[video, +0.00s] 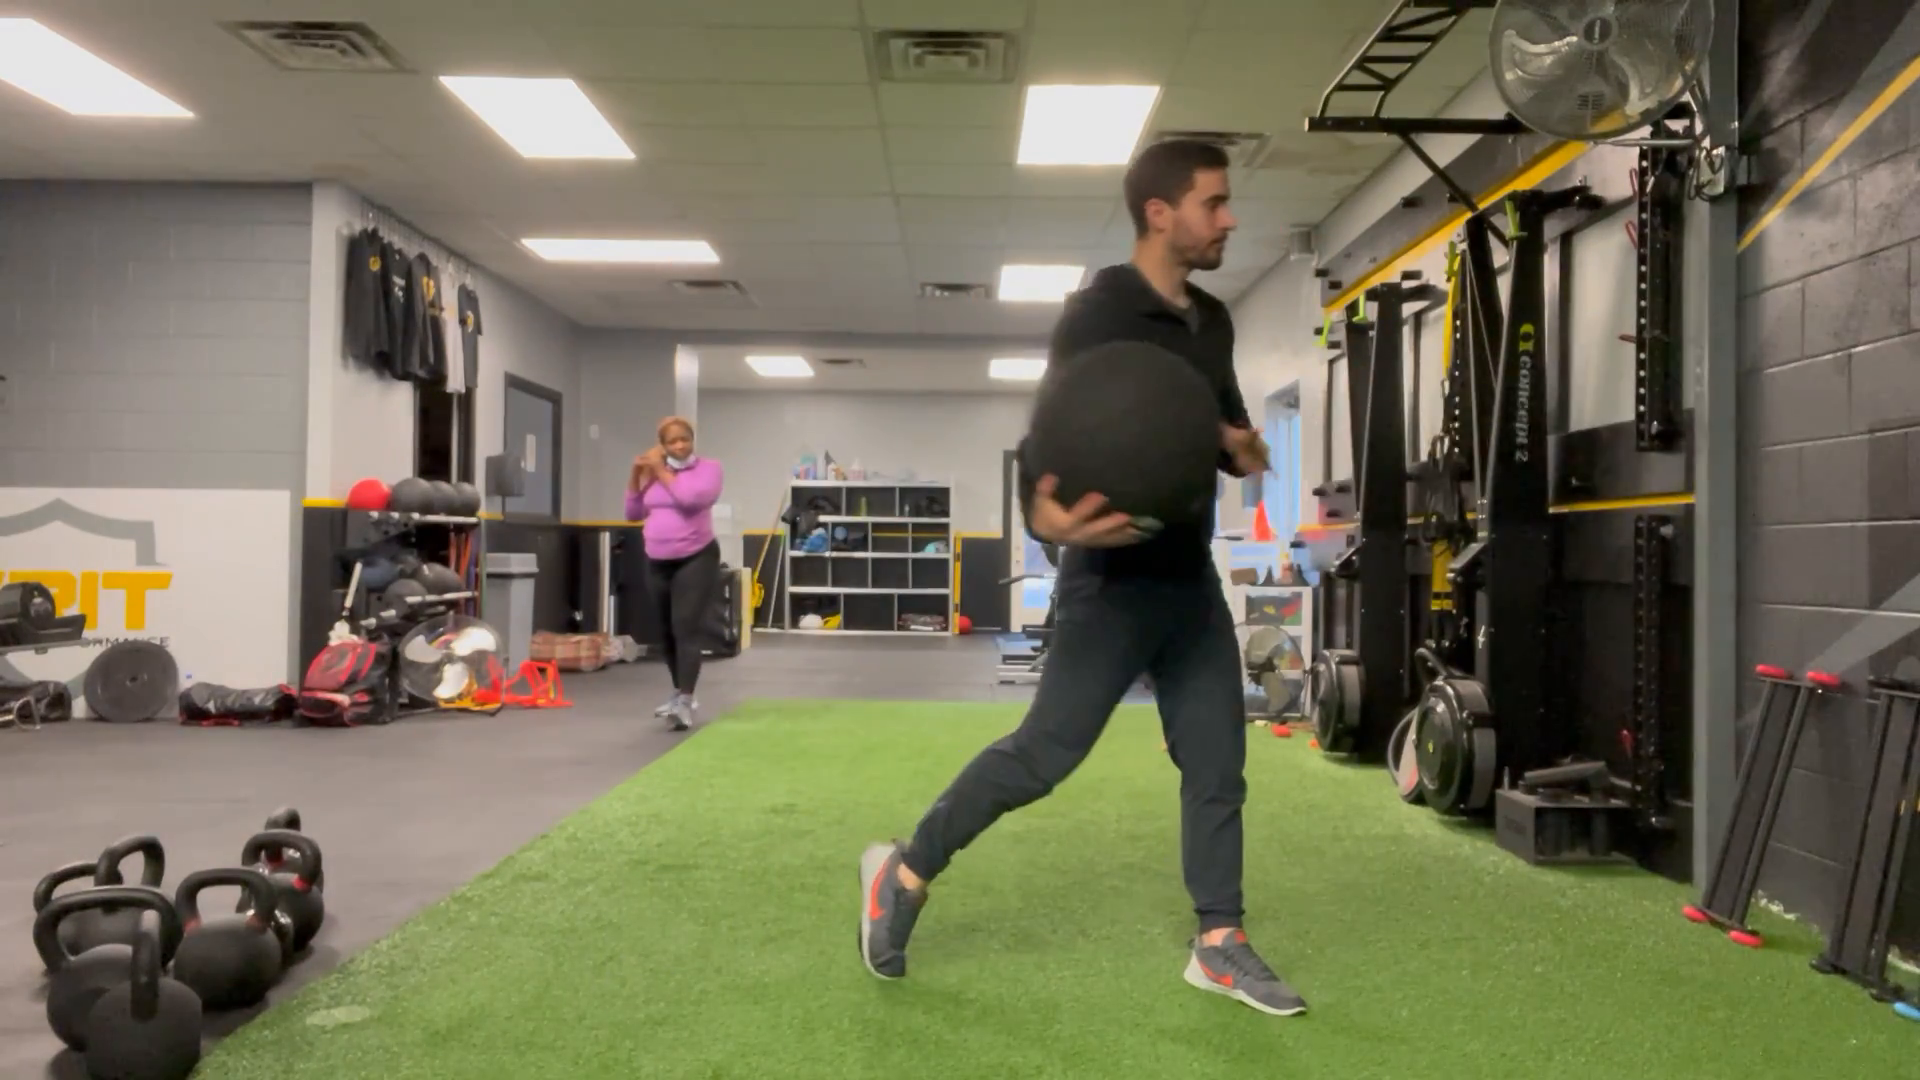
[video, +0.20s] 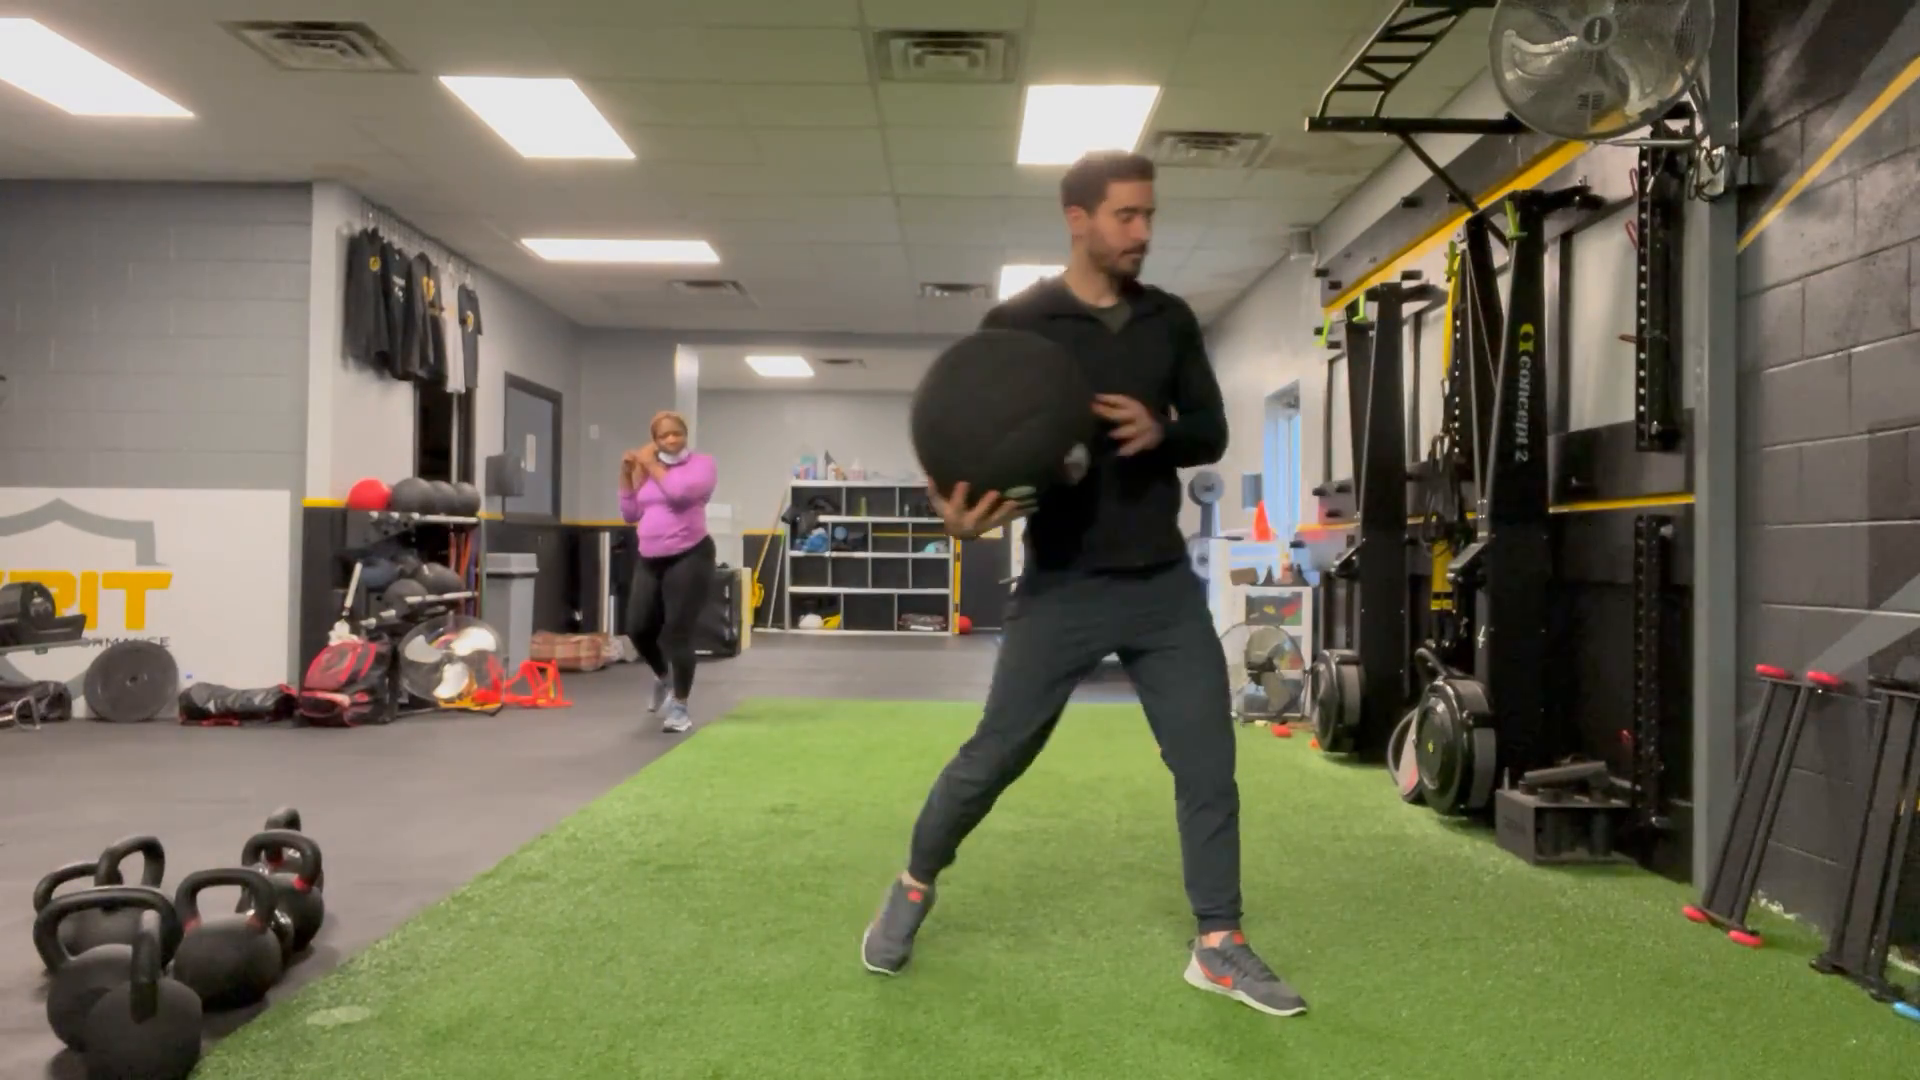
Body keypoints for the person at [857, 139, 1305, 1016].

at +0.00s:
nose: (1229, 220)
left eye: (1228, 204)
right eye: (1214, 204)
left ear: (1191, 216)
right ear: (1158, 213)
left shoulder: (1210, 319)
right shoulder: (1105, 302)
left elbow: (1231, 426)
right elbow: (1051, 434)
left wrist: (1243, 449)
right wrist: (1047, 522)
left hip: (1188, 581)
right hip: (1109, 581)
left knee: (1215, 766)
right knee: (1043, 754)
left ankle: (1219, 939)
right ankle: (905, 869)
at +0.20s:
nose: (1142, 231)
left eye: (1149, 216)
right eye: (1127, 215)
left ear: (1152, 222)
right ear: (1077, 219)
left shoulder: (1170, 321)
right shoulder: (1019, 325)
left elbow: (1211, 434)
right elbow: (972, 440)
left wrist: (1163, 432)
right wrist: (960, 519)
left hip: (1163, 585)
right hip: (1061, 590)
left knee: (1209, 764)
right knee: (996, 755)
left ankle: (1219, 941)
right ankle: (914, 884)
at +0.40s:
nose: (1025, 256)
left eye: (1040, 241)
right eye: (1010, 240)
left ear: (1057, 244)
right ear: (982, 241)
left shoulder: (1095, 327)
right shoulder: (936, 342)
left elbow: (1138, 445)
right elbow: (898, 457)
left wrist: (1048, 434)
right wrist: (872, 521)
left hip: (1083, 592)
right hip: (972, 594)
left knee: (1155, 770)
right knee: (937, 768)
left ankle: (1216, 935)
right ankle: (927, 910)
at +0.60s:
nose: (933, 262)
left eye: (950, 245)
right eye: (922, 244)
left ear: (984, 239)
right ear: (909, 241)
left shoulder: (1038, 327)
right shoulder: (889, 336)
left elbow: (1071, 440)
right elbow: (869, 460)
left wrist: (961, 430)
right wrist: (815, 504)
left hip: (1008, 579)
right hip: (910, 578)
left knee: (1061, 748)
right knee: (909, 757)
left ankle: (1110, 921)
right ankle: (923, 909)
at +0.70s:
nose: (904, 259)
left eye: (920, 243)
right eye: (893, 242)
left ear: (958, 235)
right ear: (882, 235)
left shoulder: (1012, 320)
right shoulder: (869, 331)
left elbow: (1054, 430)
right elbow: (847, 452)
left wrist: (942, 425)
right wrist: (791, 493)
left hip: (984, 568)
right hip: (892, 570)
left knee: (981, 743)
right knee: (904, 752)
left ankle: (1008, 928)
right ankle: (924, 910)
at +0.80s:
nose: (877, 259)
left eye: (893, 243)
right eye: (867, 242)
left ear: (935, 234)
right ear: (860, 235)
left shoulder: (991, 316)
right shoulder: (853, 327)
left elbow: (1041, 426)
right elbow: (828, 443)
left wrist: (929, 428)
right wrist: (770, 486)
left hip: (962, 564)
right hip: (873, 565)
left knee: (910, 733)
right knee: (890, 740)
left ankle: (897, 922)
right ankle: (923, 901)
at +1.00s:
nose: (832, 266)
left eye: (847, 250)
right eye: (822, 249)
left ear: (893, 235)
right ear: (817, 239)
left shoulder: (952, 319)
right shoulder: (816, 329)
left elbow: (1010, 429)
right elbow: (790, 457)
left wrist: (903, 447)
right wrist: (724, 482)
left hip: (908, 576)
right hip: (829, 572)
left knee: (830, 741)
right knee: (876, 745)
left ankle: (766, 941)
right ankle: (926, 907)